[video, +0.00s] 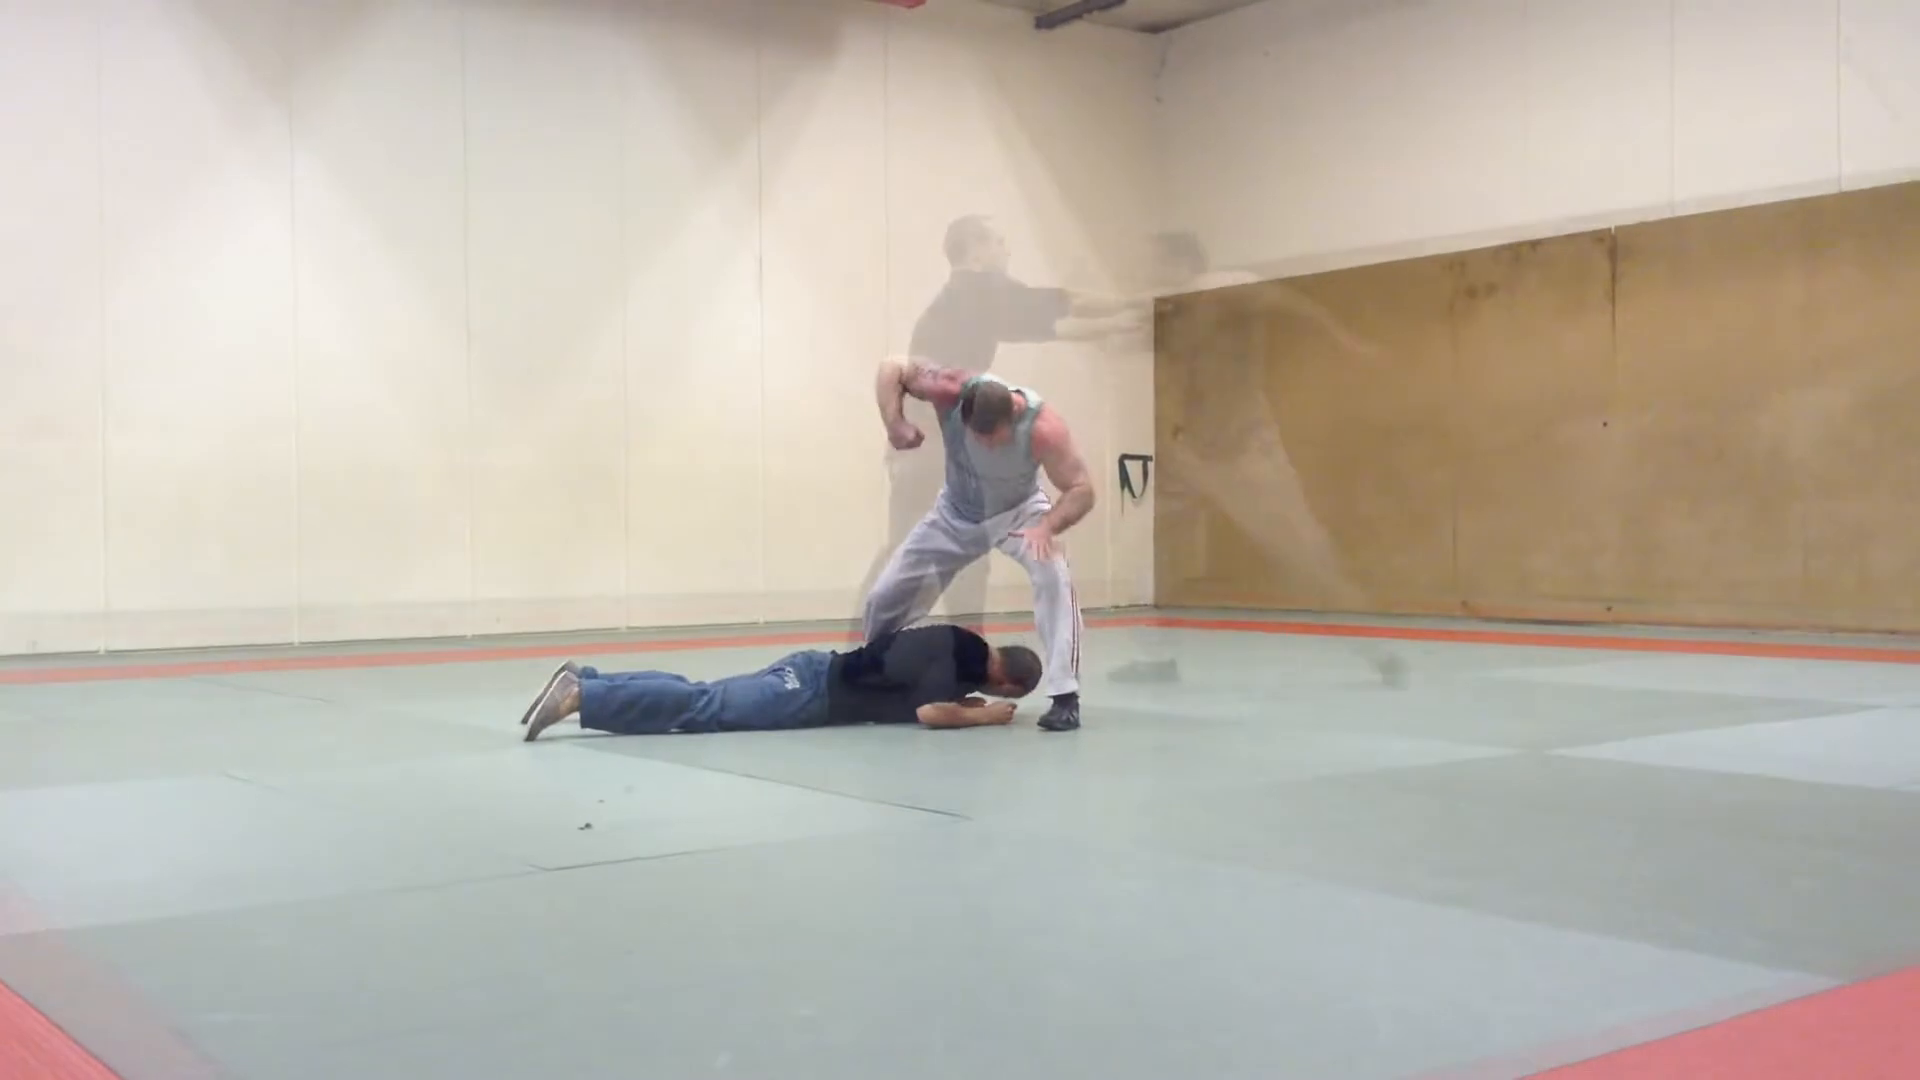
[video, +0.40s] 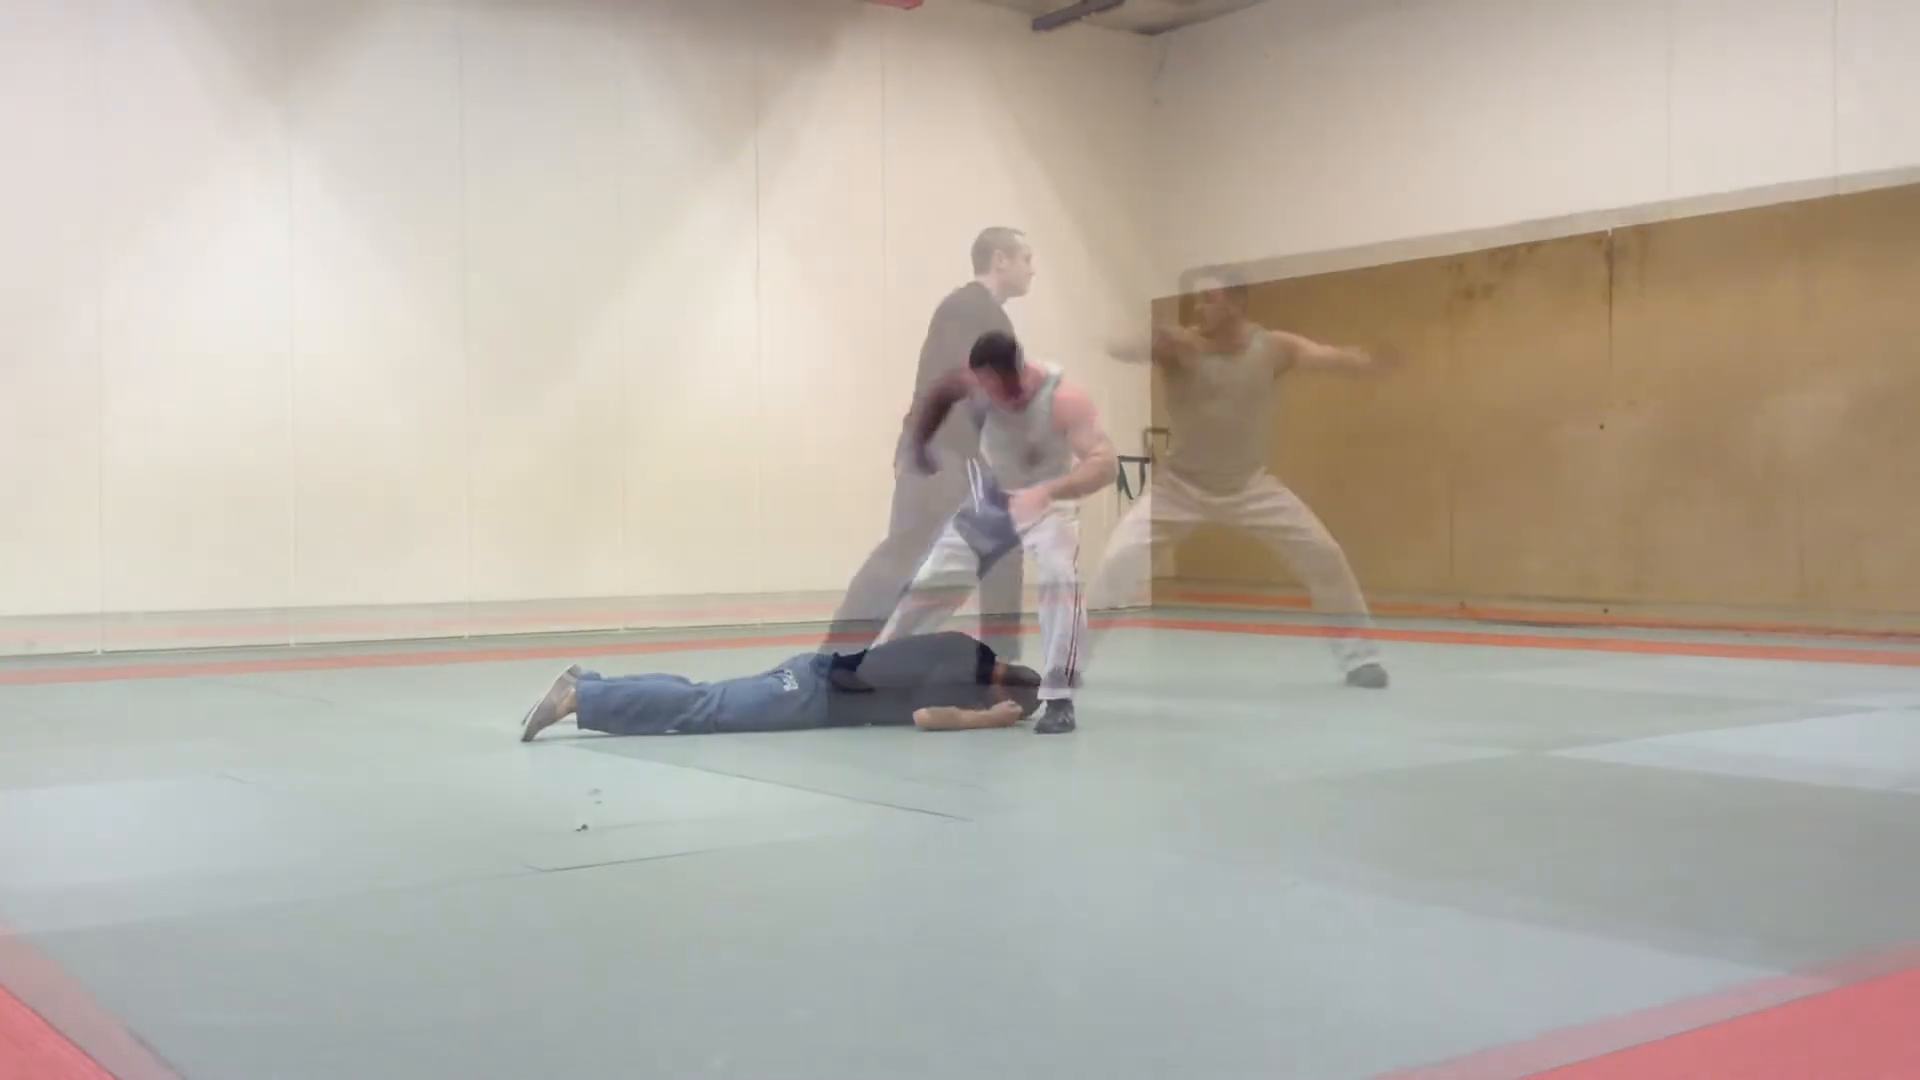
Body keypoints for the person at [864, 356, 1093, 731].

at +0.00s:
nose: (988, 443)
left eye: (995, 436)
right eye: (980, 436)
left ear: (1014, 411)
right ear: (965, 413)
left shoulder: (1043, 426)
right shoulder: (953, 389)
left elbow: (1082, 491)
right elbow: (891, 370)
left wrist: (1047, 526)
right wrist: (894, 423)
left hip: (1019, 515)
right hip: (955, 515)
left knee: (1053, 576)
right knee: (884, 600)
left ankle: (1064, 697)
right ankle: (874, 688)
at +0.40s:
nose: (986, 395)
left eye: (991, 387)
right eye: (982, 385)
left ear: (1014, 376)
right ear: (979, 377)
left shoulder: (1064, 399)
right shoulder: (981, 381)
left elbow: (1106, 464)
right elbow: (941, 392)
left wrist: (1046, 493)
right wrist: (917, 445)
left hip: (1050, 505)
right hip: (991, 501)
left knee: (1059, 581)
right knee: (929, 588)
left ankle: (1058, 698)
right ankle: (874, 677)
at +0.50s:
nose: (1009, 373)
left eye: (1012, 364)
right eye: (1002, 366)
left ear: (1033, 346)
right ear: (999, 355)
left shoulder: (1076, 378)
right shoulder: (1005, 369)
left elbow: (1099, 451)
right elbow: (960, 406)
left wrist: (1040, 498)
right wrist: (977, 450)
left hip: (1066, 499)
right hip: (1008, 493)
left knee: (1056, 577)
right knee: (943, 580)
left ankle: (1054, 697)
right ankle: (922, 680)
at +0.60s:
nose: (1021, 348)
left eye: (1024, 337)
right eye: (1016, 339)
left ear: (1051, 325)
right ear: (1021, 334)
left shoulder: (1094, 366)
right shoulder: (1031, 365)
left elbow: (1099, 447)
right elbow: (983, 394)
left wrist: (1072, 511)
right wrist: (992, 439)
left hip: (1088, 497)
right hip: (1039, 493)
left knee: (1063, 575)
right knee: (985, 545)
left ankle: (1054, 700)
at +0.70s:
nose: (1040, 331)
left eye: (1046, 320)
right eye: (1036, 322)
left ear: (1074, 313)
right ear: (1042, 322)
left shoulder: (1111, 355)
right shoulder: (1056, 363)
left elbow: (1105, 389)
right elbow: (1037, 382)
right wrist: (1005, 388)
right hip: (1063, 492)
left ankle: (1056, 702)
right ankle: (1144, 655)